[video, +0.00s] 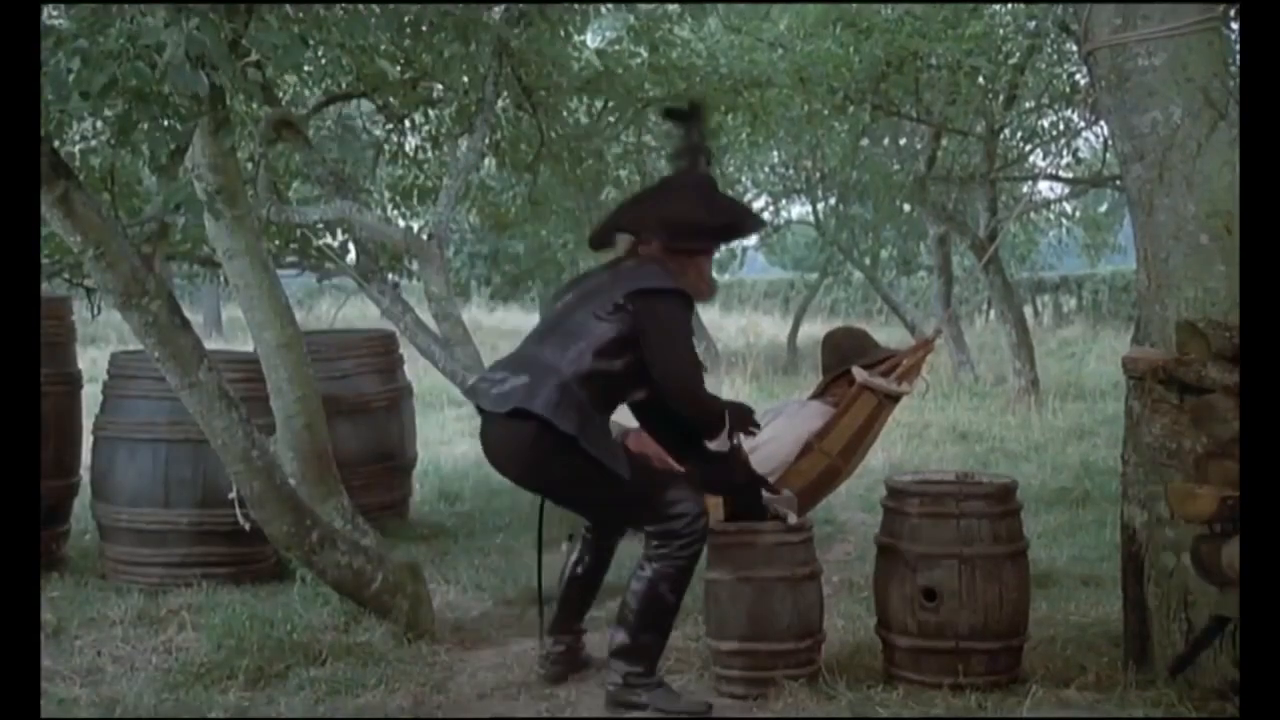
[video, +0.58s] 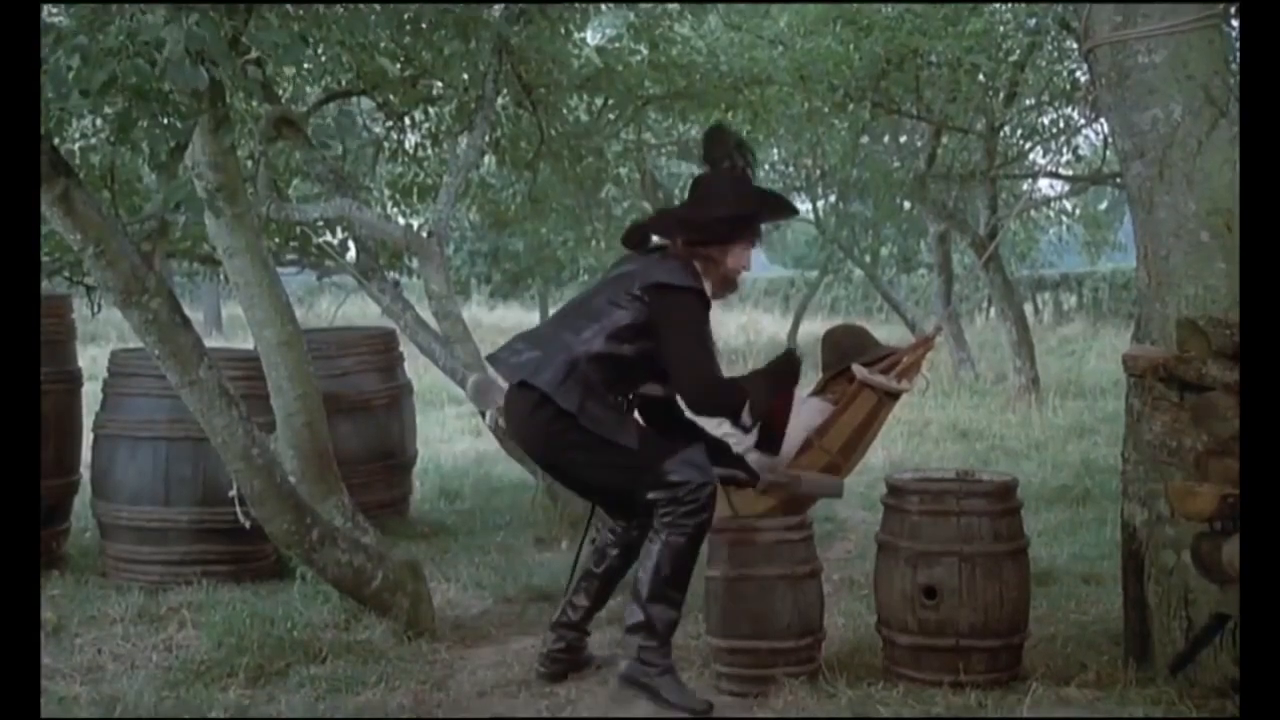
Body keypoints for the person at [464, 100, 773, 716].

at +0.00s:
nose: (715, 274)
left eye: (715, 258)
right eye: (710, 258)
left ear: (652, 249)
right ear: (679, 253)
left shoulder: (608, 283)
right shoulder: (662, 293)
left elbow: (667, 422)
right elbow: (686, 402)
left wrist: (745, 488)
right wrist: (730, 415)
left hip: (502, 428)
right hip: (543, 434)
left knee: (613, 510)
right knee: (682, 517)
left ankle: (561, 646)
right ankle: (634, 679)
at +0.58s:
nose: (752, 260)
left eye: (753, 246)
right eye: (749, 244)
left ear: (699, 239)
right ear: (719, 242)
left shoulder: (649, 272)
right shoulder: (677, 285)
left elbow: (650, 403)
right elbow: (705, 395)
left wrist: (725, 459)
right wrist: (756, 389)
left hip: (526, 399)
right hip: (552, 407)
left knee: (635, 509)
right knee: (690, 488)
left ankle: (563, 644)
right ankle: (648, 663)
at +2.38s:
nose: (805, 271)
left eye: (810, 258)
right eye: (799, 257)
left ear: (774, 251)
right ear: (762, 246)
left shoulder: (746, 280)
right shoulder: (709, 279)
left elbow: (717, 376)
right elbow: (722, 402)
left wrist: (720, 434)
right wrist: (786, 492)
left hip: (631, 359)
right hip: (584, 352)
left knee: (687, 480)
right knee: (653, 484)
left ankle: (641, 620)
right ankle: (611, 650)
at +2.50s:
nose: (800, 299)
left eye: (808, 285)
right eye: (795, 282)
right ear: (760, 268)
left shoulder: (729, 297)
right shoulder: (704, 304)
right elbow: (710, 442)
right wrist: (742, 538)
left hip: (630, 365)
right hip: (575, 358)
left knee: (689, 481)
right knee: (639, 485)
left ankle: (654, 619)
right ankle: (606, 652)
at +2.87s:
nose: (798, 412)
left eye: (805, 403)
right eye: (796, 399)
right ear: (767, 377)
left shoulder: (734, 356)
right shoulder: (703, 390)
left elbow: (705, 497)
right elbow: (695, 523)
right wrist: (728, 644)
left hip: (625, 370)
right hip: (568, 375)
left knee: (682, 490)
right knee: (638, 492)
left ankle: (665, 615)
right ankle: (602, 652)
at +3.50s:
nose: (723, 455)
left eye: (735, 445)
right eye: (722, 441)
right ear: (705, 410)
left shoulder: (715, 367)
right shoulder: (663, 415)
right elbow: (670, 554)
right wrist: (721, 661)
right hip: (554, 384)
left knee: (690, 493)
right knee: (622, 493)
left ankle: (665, 615)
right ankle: (589, 660)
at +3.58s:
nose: (715, 449)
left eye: (724, 443)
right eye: (715, 439)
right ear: (695, 405)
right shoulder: (650, 412)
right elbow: (669, 552)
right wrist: (716, 657)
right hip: (546, 387)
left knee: (685, 485)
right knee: (619, 493)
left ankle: (667, 615)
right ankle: (588, 662)